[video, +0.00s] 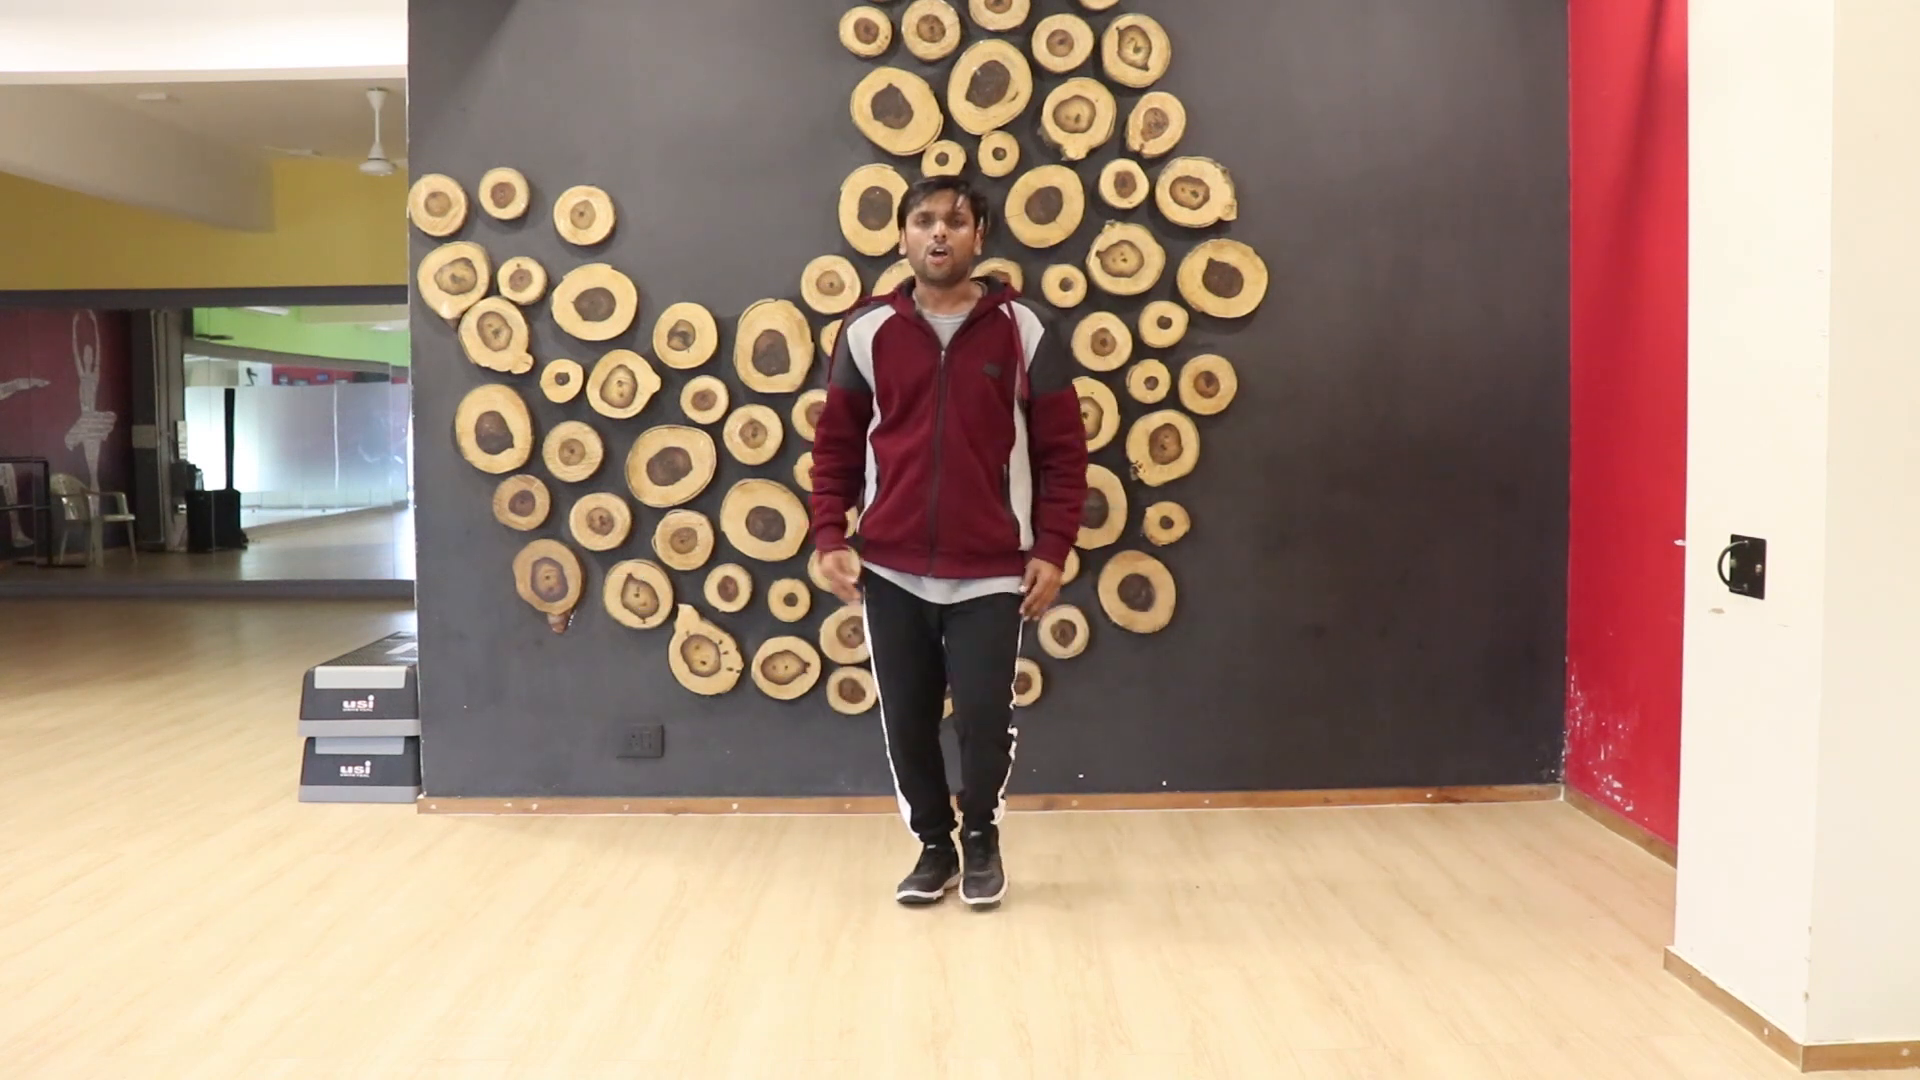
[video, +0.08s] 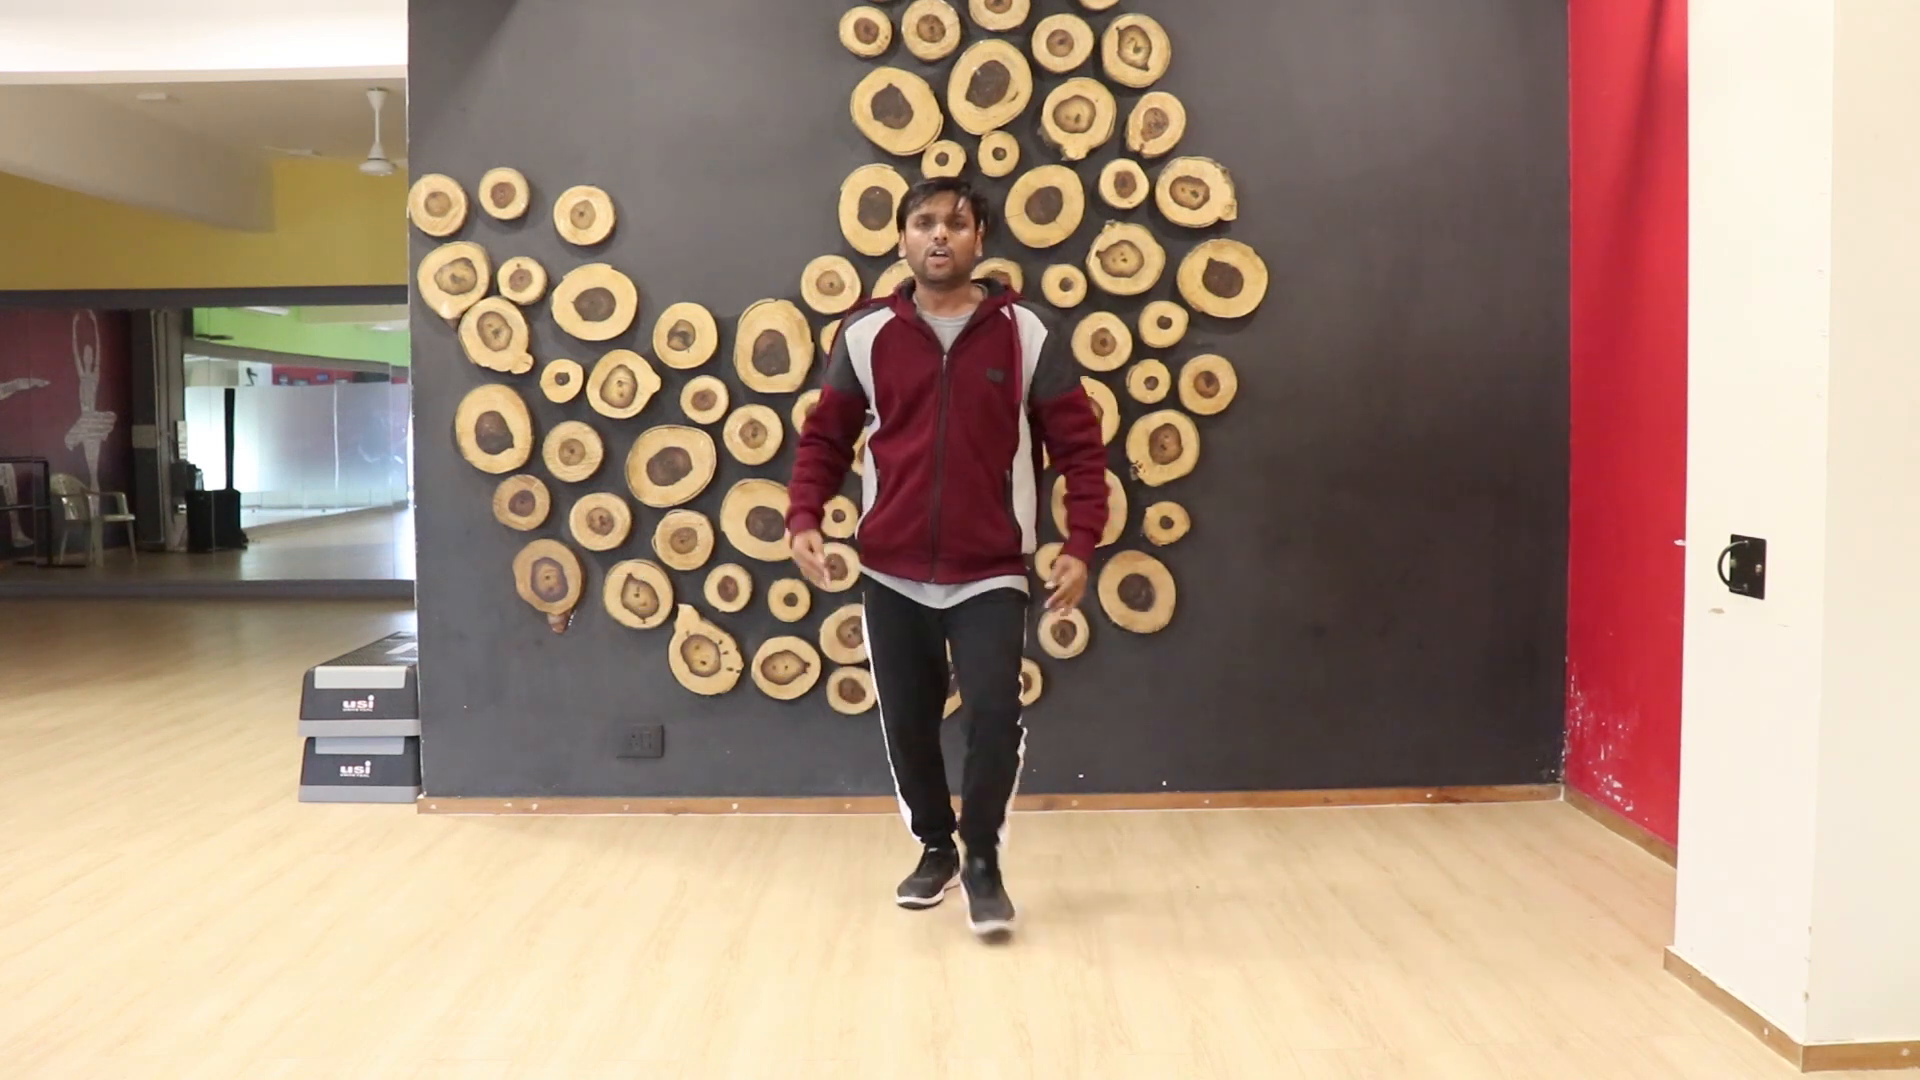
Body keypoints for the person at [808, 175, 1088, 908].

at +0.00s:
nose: (938, 234)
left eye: (954, 222)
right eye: (924, 222)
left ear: (979, 238)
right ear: (904, 238)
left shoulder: (1022, 330)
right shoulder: (864, 333)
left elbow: (1060, 447)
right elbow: (836, 444)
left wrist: (1052, 548)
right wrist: (830, 536)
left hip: (989, 567)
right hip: (892, 566)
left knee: (983, 717)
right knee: (906, 721)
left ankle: (979, 835)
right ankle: (934, 846)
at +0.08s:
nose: (940, 237)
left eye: (956, 224)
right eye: (925, 224)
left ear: (980, 241)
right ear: (904, 240)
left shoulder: (1023, 333)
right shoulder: (865, 336)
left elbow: (1079, 445)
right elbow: (826, 434)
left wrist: (1081, 544)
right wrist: (803, 520)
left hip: (990, 570)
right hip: (892, 570)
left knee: (994, 713)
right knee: (906, 723)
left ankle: (982, 863)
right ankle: (935, 850)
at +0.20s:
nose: (949, 230)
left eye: (965, 218)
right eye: (933, 217)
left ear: (987, 237)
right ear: (908, 237)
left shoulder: (1027, 329)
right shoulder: (867, 325)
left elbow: (1081, 434)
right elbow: (815, 435)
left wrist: (1034, 492)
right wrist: (869, 441)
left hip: (997, 576)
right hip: (896, 575)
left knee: (1009, 737)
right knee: (911, 730)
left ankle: (1019, 913)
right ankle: (936, 847)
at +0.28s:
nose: (955, 227)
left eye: (971, 214)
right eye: (939, 214)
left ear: (993, 233)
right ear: (913, 232)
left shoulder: (1021, 316)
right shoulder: (884, 310)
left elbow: (1019, 419)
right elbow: (871, 404)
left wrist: (915, 367)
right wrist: (982, 337)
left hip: (1006, 567)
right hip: (908, 568)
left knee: (1018, 747)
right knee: (913, 742)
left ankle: (1023, 929)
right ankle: (939, 836)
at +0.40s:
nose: (963, 219)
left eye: (980, 207)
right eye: (945, 206)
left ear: (1001, 228)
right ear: (918, 224)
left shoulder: (1019, 316)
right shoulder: (884, 308)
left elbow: (1016, 381)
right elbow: (880, 381)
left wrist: (916, 286)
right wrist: (986, 307)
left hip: (1024, 570)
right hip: (923, 570)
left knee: (1035, 757)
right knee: (950, 750)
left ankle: (1026, 934)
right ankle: (969, 866)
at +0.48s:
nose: (965, 214)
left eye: (982, 203)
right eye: (949, 201)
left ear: (1007, 222)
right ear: (922, 217)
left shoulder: (1030, 305)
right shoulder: (880, 293)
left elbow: (1065, 394)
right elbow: (811, 392)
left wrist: (974, 313)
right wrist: (905, 324)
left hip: (1018, 563)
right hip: (913, 563)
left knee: (1037, 749)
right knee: (977, 731)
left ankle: (1028, 931)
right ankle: (982, 887)